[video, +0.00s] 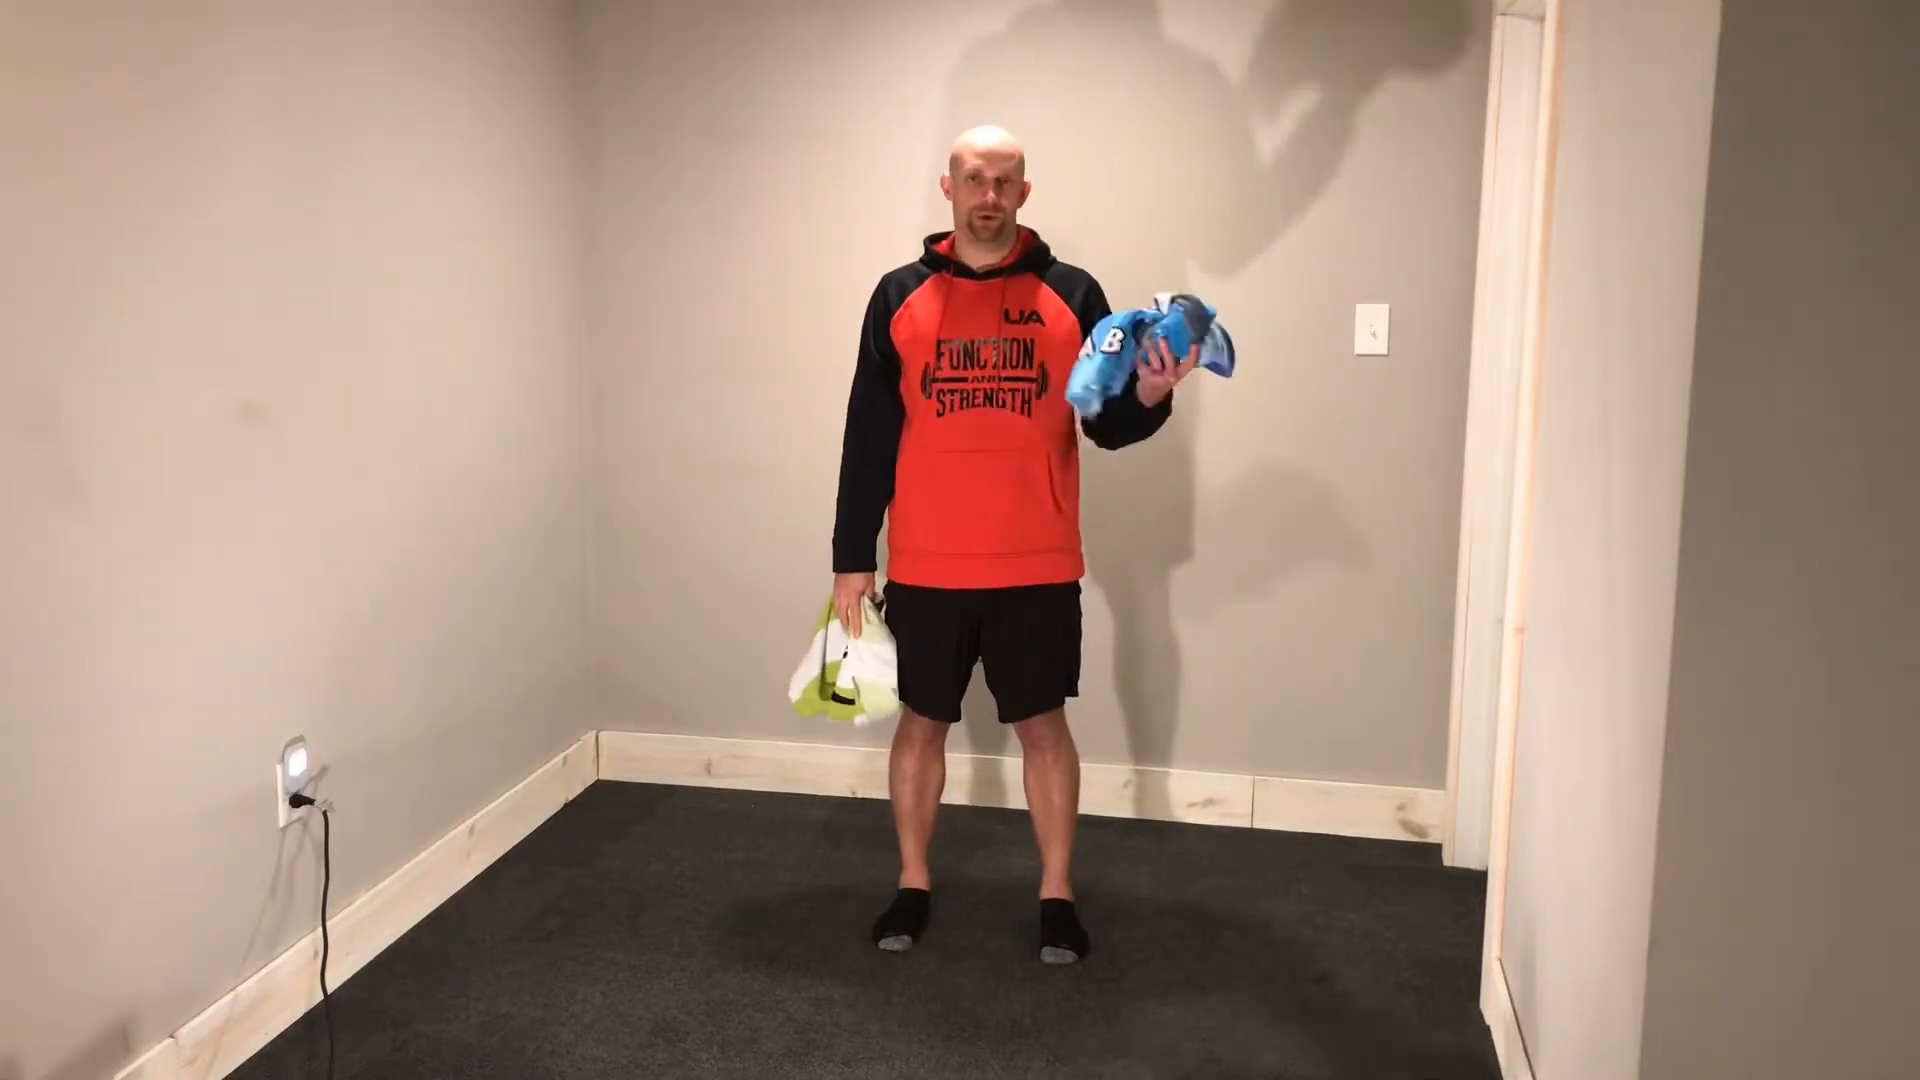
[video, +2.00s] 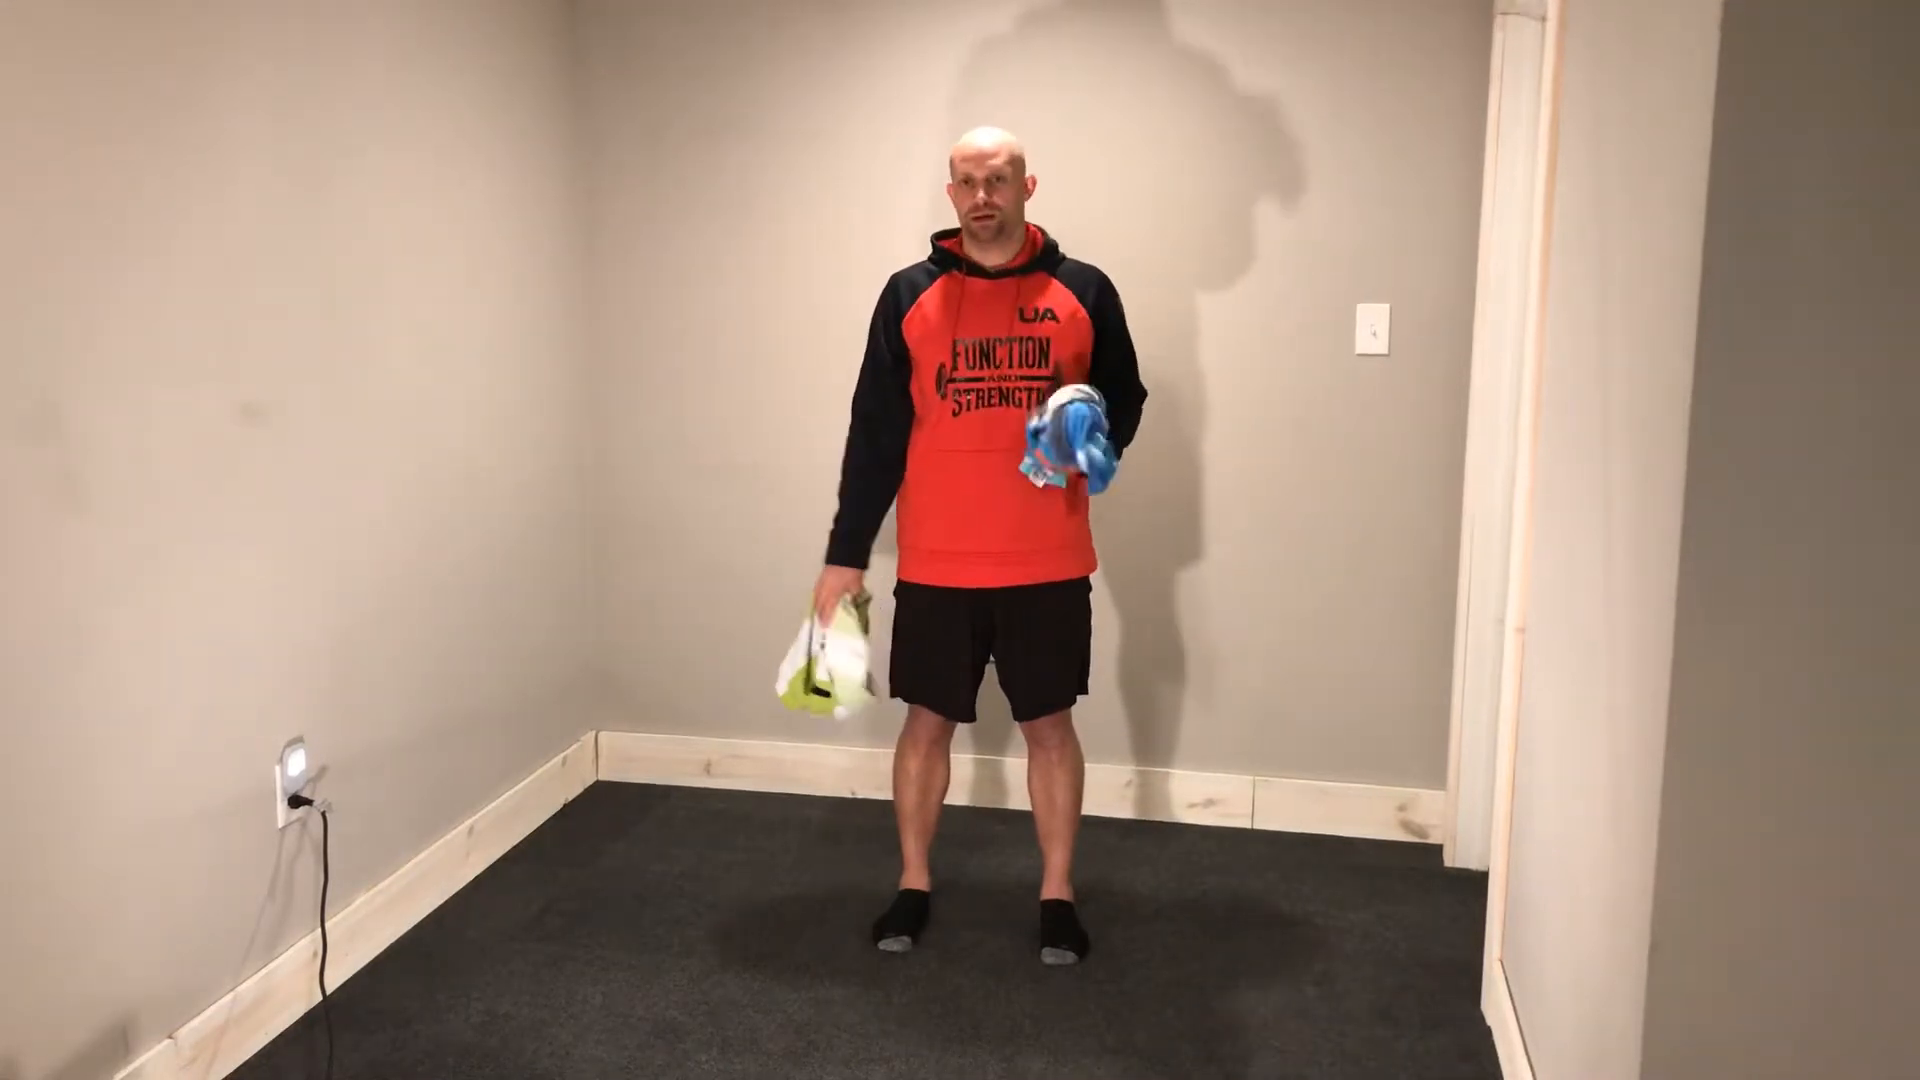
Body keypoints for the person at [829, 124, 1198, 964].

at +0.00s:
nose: (988, 196)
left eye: (1003, 182)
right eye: (974, 181)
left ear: (1024, 191)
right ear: (948, 188)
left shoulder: (1071, 293)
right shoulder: (901, 296)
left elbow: (1110, 426)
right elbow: (869, 434)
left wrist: (1153, 400)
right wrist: (852, 557)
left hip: (1035, 560)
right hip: (929, 559)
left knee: (1040, 723)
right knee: (921, 720)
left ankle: (1057, 898)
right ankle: (912, 887)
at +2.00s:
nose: (980, 196)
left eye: (996, 181)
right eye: (966, 183)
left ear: (1028, 188)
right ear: (950, 193)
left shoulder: (1084, 292)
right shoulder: (910, 296)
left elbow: (1124, 399)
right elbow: (875, 433)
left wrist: (1090, 438)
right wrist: (845, 554)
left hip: (1045, 559)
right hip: (938, 561)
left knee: (1048, 725)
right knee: (926, 720)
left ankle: (1058, 897)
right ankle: (912, 888)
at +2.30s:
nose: (975, 216)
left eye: (989, 199)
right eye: (961, 201)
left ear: (1029, 186)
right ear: (948, 198)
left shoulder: (1090, 293)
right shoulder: (915, 291)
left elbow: (1130, 406)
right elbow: (850, 381)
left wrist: (1093, 444)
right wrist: (786, 440)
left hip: (1046, 558)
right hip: (938, 557)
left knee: (1048, 722)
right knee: (928, 715)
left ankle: (1057, 897)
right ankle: (912, 887)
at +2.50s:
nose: (964, 221)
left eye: (979, 204)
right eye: (956, 205)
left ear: (1029, 192)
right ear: (948, 200)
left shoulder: (1092, 298)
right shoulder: (921, 286)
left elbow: (1131, 412)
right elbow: (842, 351)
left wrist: (1090, 450)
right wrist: (762, 337)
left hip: (1042, 560)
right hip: (936, 556)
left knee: (1046, 722)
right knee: (926, 716)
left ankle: (1058, 897)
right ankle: (911, 887)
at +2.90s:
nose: (977, 214)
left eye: (992, 197)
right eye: (967, 198)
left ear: (1037, 190)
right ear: (959, 196)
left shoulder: (1092, 300)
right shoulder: (916, 281)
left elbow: (1131, 416)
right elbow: (822, 302)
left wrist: (1085, 453)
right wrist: (761, 239)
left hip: (1037, 559)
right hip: (932, 551)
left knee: (1044, 721)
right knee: (926, 716)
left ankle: (1057, 899)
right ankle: (913, 888)